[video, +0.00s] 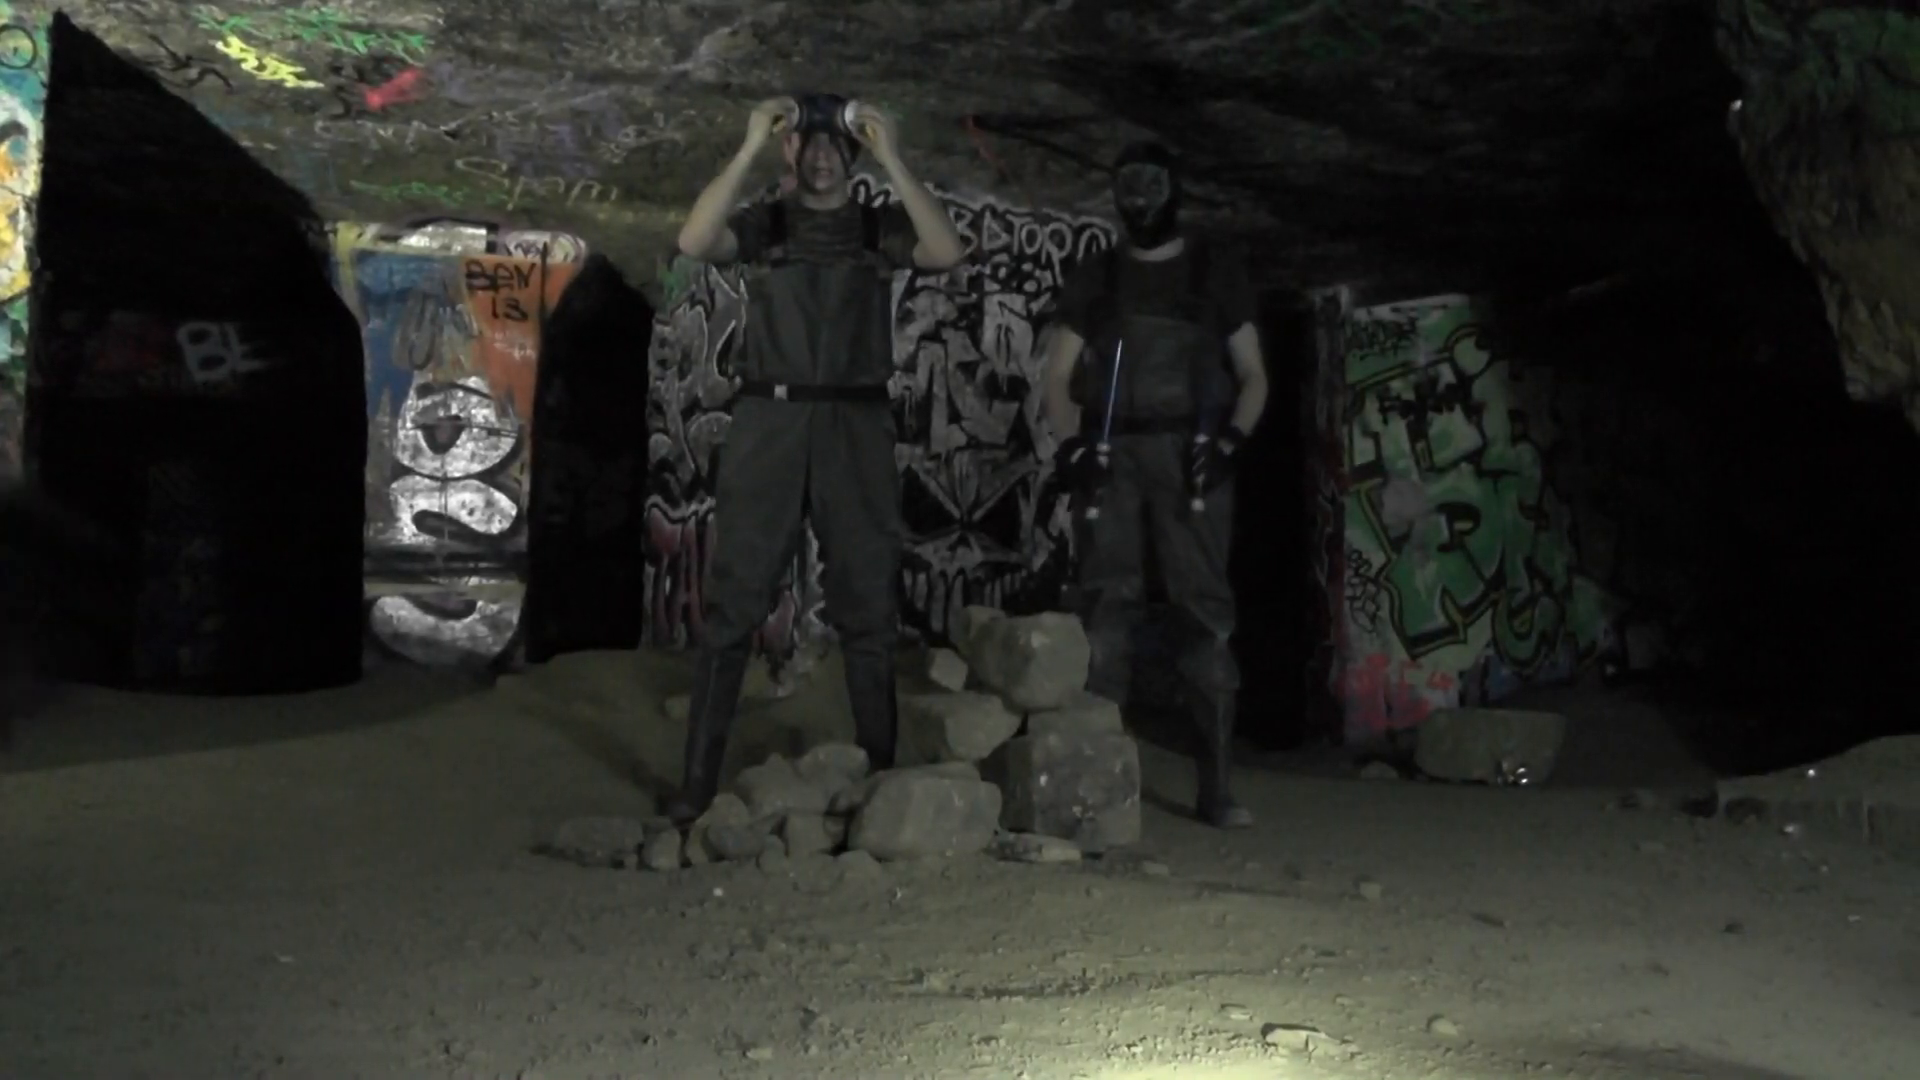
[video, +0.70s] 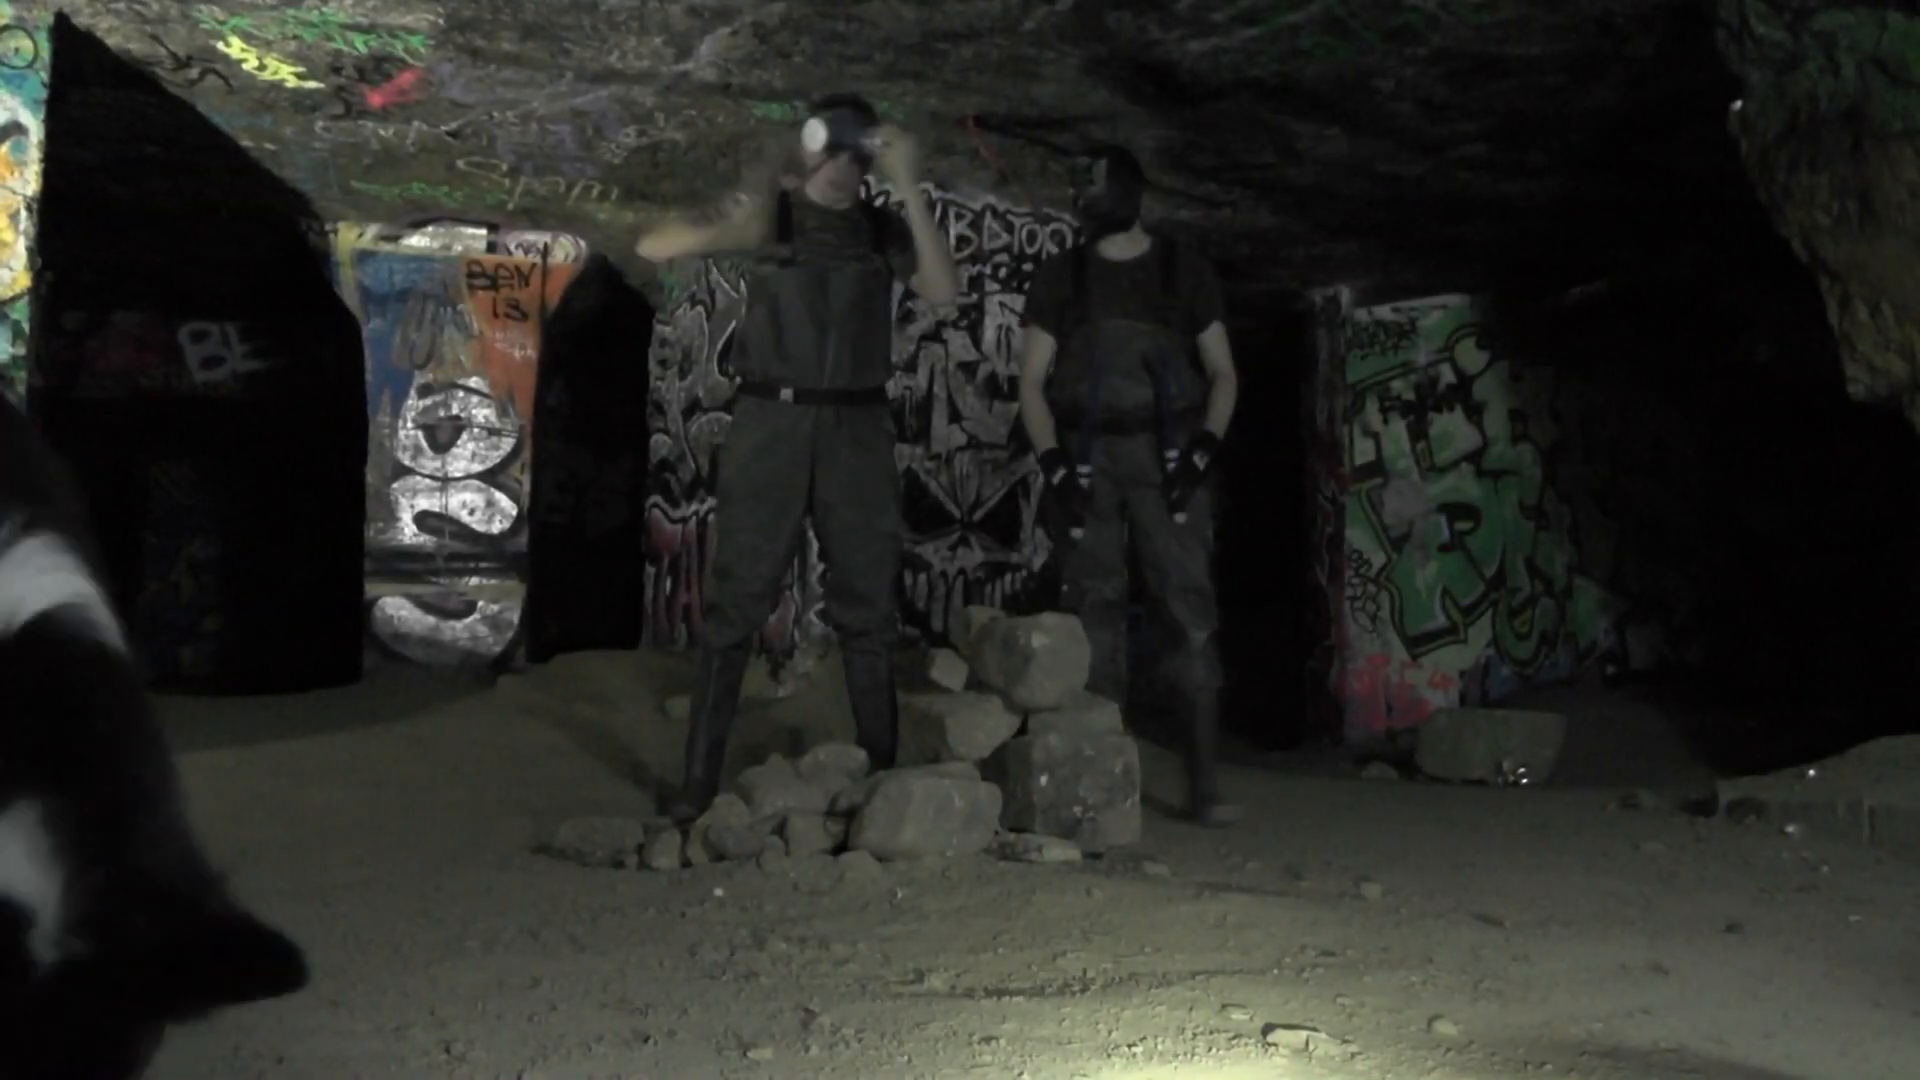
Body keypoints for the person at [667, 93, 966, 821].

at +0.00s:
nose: (819, 159)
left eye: (832, 147)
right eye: (805, 145)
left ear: (854, 156)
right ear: (785, 155)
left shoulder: (879, 228)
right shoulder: (762, 225)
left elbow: (944, 252)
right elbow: (694, 242)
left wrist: (889, 159)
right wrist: (750, 152)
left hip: (856, 439)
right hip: (767, 437)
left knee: (868, 614)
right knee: (733, 612)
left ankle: (880, 777)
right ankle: (696, 790)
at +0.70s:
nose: (849, 167)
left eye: (861, 154)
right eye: (837, 151)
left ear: (872, 162)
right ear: (805, 152)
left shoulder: (882, 228)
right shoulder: (768, 215)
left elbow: (942, 293)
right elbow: (653, 246)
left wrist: (909, 187)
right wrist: (731, 226)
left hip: (857, 437)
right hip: (769, 434)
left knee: (867, 609)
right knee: (737, 606)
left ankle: (882, 778)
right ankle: (698, 785)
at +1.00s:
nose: (860, 166)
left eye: (873, 155)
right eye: (850, 149)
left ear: (884, 161)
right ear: (819, 145)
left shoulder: (891, 230)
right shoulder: (769, 215)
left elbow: (956, 289)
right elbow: (668, 261)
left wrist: (926, 183)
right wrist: (727, 311)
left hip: (858, 439)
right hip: (769, 435)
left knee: (868, 612)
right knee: (736, 609)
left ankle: (882, 779)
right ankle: (699, 786)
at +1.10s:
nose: (856, 161)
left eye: (870, 151)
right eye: (845, 145)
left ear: (881, 160)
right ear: (816, 146)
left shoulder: (893, 230)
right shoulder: (771, 213)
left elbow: (954, 282)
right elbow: (662, 231)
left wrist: (922, 176)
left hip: (858, 437)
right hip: (769, 432)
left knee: (868, 613)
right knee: (738, 608)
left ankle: (879, 781)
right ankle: (700, 785)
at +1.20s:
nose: (847, 163)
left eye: (861, 152)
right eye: (836, 147)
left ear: (879, 162)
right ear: (811, 150)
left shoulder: (892, 230)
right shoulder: (770, 217)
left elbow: (955, 278)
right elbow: (657, 201)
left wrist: (918, 175)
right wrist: (755, 192)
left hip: (859, 438)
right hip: (769, 433)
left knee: (869, 614)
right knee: (737, 609)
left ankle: (880, 780)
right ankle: (699, 786)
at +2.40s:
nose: (828, 156)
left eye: (836, 145)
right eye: (815, 141)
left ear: (847, 157)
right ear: (781, 146)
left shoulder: (851, 231)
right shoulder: (750, 219)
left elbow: (936, 271)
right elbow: (745, 260)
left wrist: (911, 173)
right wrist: (795, 187)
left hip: (843, 435)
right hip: (759, 431)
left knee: (867, 605)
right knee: (732, 600)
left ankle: (883, 771)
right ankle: (679, 771)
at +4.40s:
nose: (820, 159)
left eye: (832, 150)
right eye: (809, 150)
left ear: (850, 165)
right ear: (789, 167)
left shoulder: (871, 228)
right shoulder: (764, 227)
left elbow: (911, 244)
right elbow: (692, 244)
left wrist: (872, 142)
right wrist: (739, 145)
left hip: (852, 436)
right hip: (763, 434)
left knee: (866, 611)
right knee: (731, 606)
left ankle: (870, 778)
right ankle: (696, 784)